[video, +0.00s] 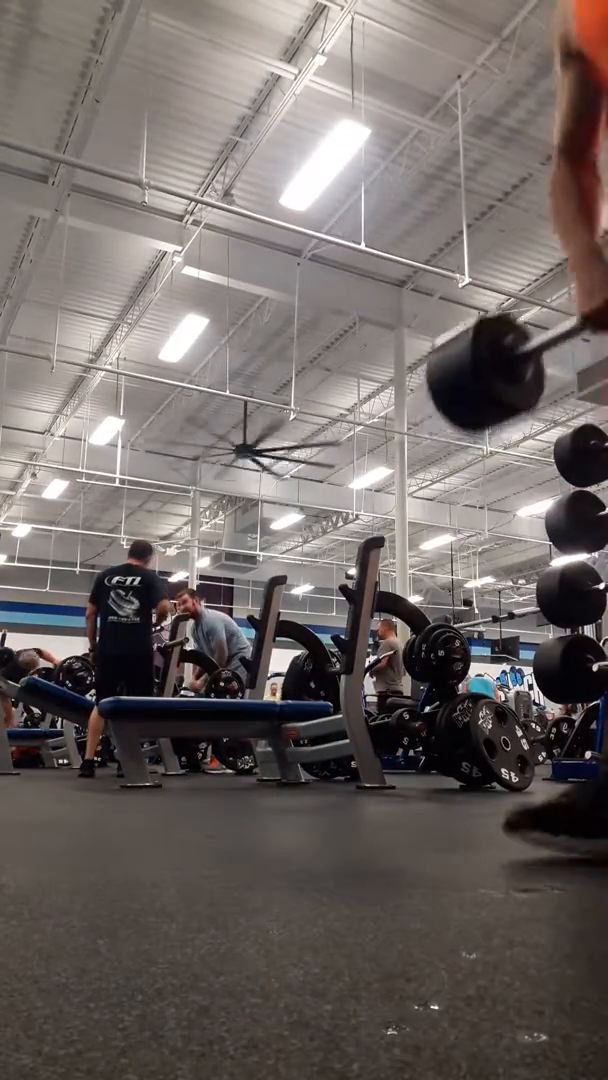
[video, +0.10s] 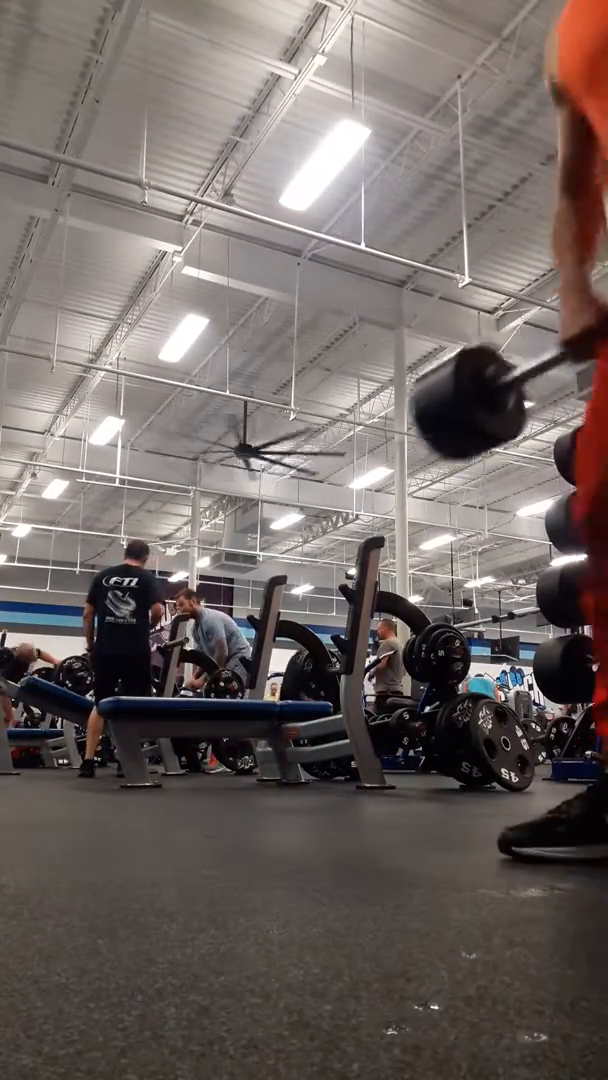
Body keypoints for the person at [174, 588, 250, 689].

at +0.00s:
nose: (182, 607)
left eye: (184, 602)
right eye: (179, 605)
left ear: (195, 601)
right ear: (178, 609)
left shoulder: (212, 620)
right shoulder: (195, 628)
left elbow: (222, 655)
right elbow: (202, 656)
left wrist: (203, 681)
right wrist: (195, 677)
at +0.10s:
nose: (179, 610)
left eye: (181, 605)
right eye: (177, 607)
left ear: (193, 601)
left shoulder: (211, 619)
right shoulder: (195, 628)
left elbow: (222, 653)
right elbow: (203, 656)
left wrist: (202, 680)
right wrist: (195, 677)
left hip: (240, 656)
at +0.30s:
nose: (176, 618)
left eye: (176, 614)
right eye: (173, 615)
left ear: (185, 607)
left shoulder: (206, 621)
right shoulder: (195, 629)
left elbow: (218, 656)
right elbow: (203, 657)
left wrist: (200, 681)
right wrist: (193, 679)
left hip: (238, 658)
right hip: (225, 659)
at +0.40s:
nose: (173, 623)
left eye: (173, 619)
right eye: (171, 621)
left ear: (182, 612)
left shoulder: (201, 625)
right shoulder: (193, 629)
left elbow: (215, 661)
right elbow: (203, 659)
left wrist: (198, 685)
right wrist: (193, 681)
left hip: (237, 662)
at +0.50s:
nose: (168, 631)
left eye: (167, 627)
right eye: (165, 628)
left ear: (176, 622)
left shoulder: (196, 629)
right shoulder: (191, 629)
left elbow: (210, 664)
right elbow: (200, 662)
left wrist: (195, 691)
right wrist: (191, 686)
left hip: (234, 660)